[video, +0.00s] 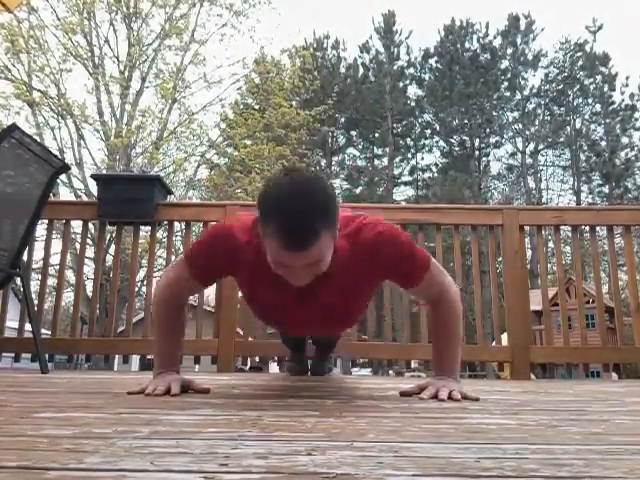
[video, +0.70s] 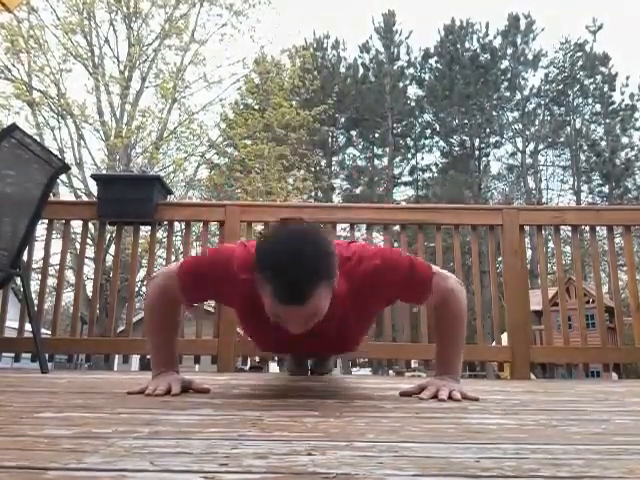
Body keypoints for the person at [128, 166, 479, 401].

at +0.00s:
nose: (298, 277)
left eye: (311, 266)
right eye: (283, 267)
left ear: (336, 234)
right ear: (261, 237)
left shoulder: (377, 241)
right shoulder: (232, 241)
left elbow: (443, 293)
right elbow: (169, 289)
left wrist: (446, 377)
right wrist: (166, 369)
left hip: (337, 315)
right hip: (278, 314)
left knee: (326, 341)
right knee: (293, 340)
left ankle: (322, 357)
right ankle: (296, 356)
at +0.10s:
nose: (301, 240)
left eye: (315, 227)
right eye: (285, 227)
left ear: (336, 195)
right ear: (264, 200)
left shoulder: (375, 217)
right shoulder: (234, 219)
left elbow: (430, 288)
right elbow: (183, 287)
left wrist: (445, 376)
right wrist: (167, 371)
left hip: (337, 309)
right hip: (280, 308)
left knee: (326, 338)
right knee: (292, 337)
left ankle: (322, 359)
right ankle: (295, 357)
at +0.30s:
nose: (299, 265)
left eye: (313, 251)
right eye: (284, 252)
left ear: (336, 217)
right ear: (263, 222)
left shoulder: (372, 230)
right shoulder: (233, 232)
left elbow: (438, 290)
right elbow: (172, 289)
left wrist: (445, 375)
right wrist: (166, 371)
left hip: (335, 320)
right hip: (279, 320)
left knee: (325, 343)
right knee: (291, 343)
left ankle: (322, 359)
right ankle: (295, 358)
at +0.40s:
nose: (299, 324)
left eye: (313, 311)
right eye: (283, 312)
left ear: (335, 273)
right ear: (260, 275)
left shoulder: (372, 264)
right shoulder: (233, 262)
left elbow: (447, 293)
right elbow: (163, 289)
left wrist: (446, 375)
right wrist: (165, 370)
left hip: (337, 348)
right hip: (273, 347)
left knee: (330, 357)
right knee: (286, 355)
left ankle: (330, 362)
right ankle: (295, 358)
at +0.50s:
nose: (296, 386)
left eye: (312, 373)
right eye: (281, 373)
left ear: (337, 328)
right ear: (257, 324)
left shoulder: (372, 296)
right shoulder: (234, 294)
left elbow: (448, 291)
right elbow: (161, 285)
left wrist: (446, 374)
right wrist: (164, 369)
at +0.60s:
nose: (297, 381)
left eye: (312, 371)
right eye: (280, 372)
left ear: (336, 326)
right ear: (256, 323)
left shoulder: (370, 294)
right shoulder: (233, 292)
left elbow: (449, 291)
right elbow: (161, 287)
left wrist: (446, 375)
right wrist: (164, 369)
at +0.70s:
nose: (296, 325)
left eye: (309, 315)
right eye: (281, 316)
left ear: (333, 280)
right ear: (259, 282)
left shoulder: (372, 268)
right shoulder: (232, 266)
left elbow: (449, 292)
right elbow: (163, 288)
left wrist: (447, 376)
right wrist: (164, 370)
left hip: (338, 336)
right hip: (267, 339)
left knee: (324, 357)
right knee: (282, 354)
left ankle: (321, 360)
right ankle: (294, 358)